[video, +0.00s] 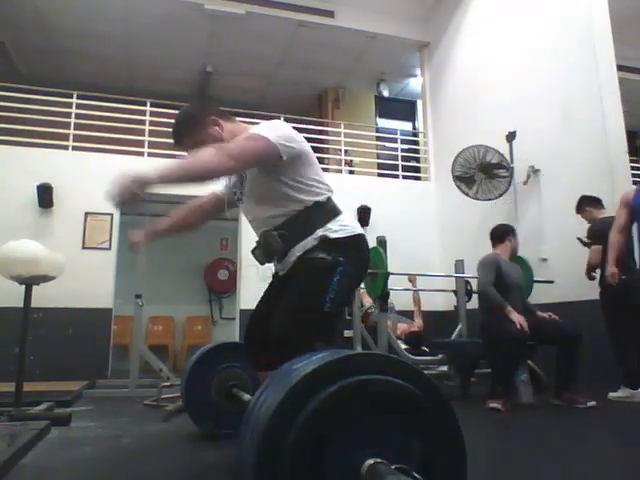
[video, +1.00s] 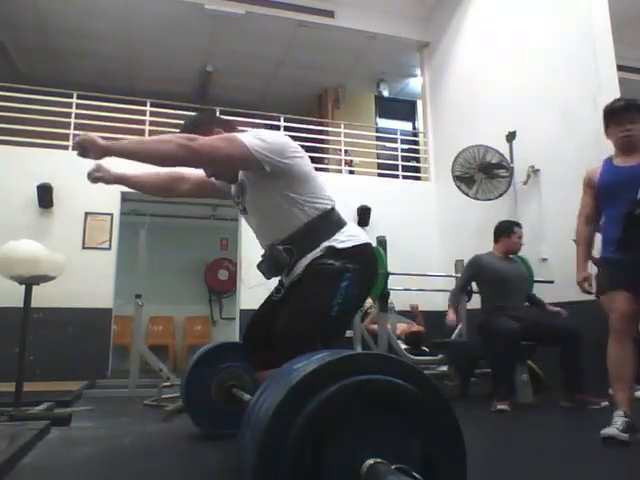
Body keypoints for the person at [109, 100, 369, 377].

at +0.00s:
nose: (204, 157)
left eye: (201, 148)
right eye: (197, 154)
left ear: (215, 125)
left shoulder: (278, 134)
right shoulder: (241, 177)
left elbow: (227, 158)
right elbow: (204, 207)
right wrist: (150, 233)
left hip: (331, 250)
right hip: (294, 264)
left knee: (294, 342)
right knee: (257, 338)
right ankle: (283, 426)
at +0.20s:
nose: (204, 160)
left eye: (203, 146)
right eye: (198, 153)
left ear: (218, 124)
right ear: (211, 128)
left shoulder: (278, 136)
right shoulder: (238, 176)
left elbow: (198, 137)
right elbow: (185, 187)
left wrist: (109, 132)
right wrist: (124, 190)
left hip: (333, 254)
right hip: (296, 268)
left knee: (287, 349)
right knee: (256, 346)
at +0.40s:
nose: (204, 162)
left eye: (204, 149)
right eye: (200, 155)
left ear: (220, 130)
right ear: (218, 133)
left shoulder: (277, 136)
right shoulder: (237, 176)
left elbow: (198, 136)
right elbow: (181, 179)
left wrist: (109, 129)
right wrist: (121, 175)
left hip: (335, 255)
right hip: (297, 268)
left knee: (289, 348)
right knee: (257, 344)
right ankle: (281, 429)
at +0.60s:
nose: (203, 166)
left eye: (203, 153)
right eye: (199, 159)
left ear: (220, 136)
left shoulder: (276, 142)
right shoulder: (237, 180)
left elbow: (196, 140)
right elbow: (178, 179)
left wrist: (109, 134)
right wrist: (115, 172)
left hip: (338, 256)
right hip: (302, 270)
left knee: (291, 344)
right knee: (257, 337)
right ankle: (276, 425)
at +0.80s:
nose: (204, 171)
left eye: (202, 158)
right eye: (199, 165)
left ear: (219, 139)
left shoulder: (274, 143)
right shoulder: (236, 181)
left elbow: (192, 141)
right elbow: (178, 181)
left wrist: (108, 138)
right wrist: (118, 175)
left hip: (339, 258)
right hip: (302, 271)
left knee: (295, 342)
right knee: (257, 338)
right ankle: (277, 423)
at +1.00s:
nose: (201, 156)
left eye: (201, 146)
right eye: (195, 149)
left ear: (218, 129)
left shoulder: (273, 145)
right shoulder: (238, 182)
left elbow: (191, 147)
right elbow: (177, 184)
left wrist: (108, 144)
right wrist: (118, 176)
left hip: (340, 259)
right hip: (304, 272)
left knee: (294, 348)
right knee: (256, 342)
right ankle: (282, 425)